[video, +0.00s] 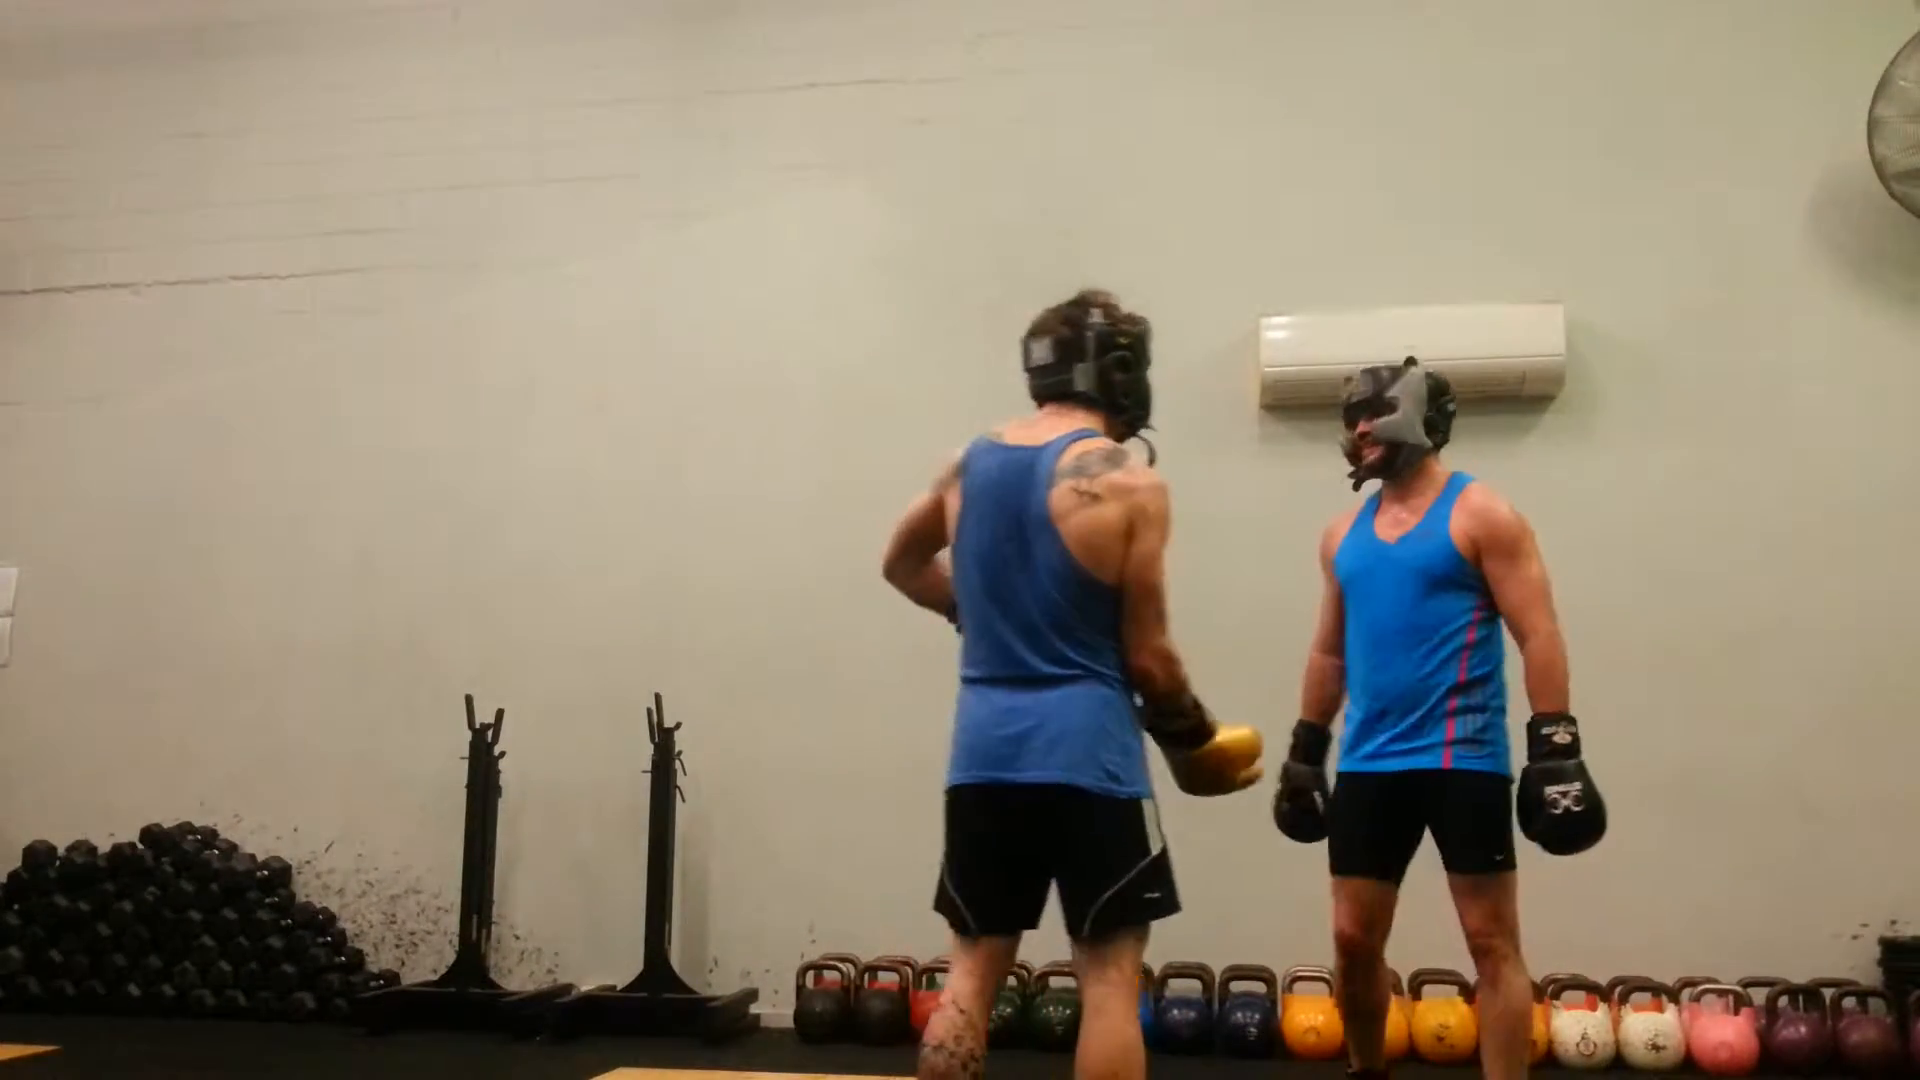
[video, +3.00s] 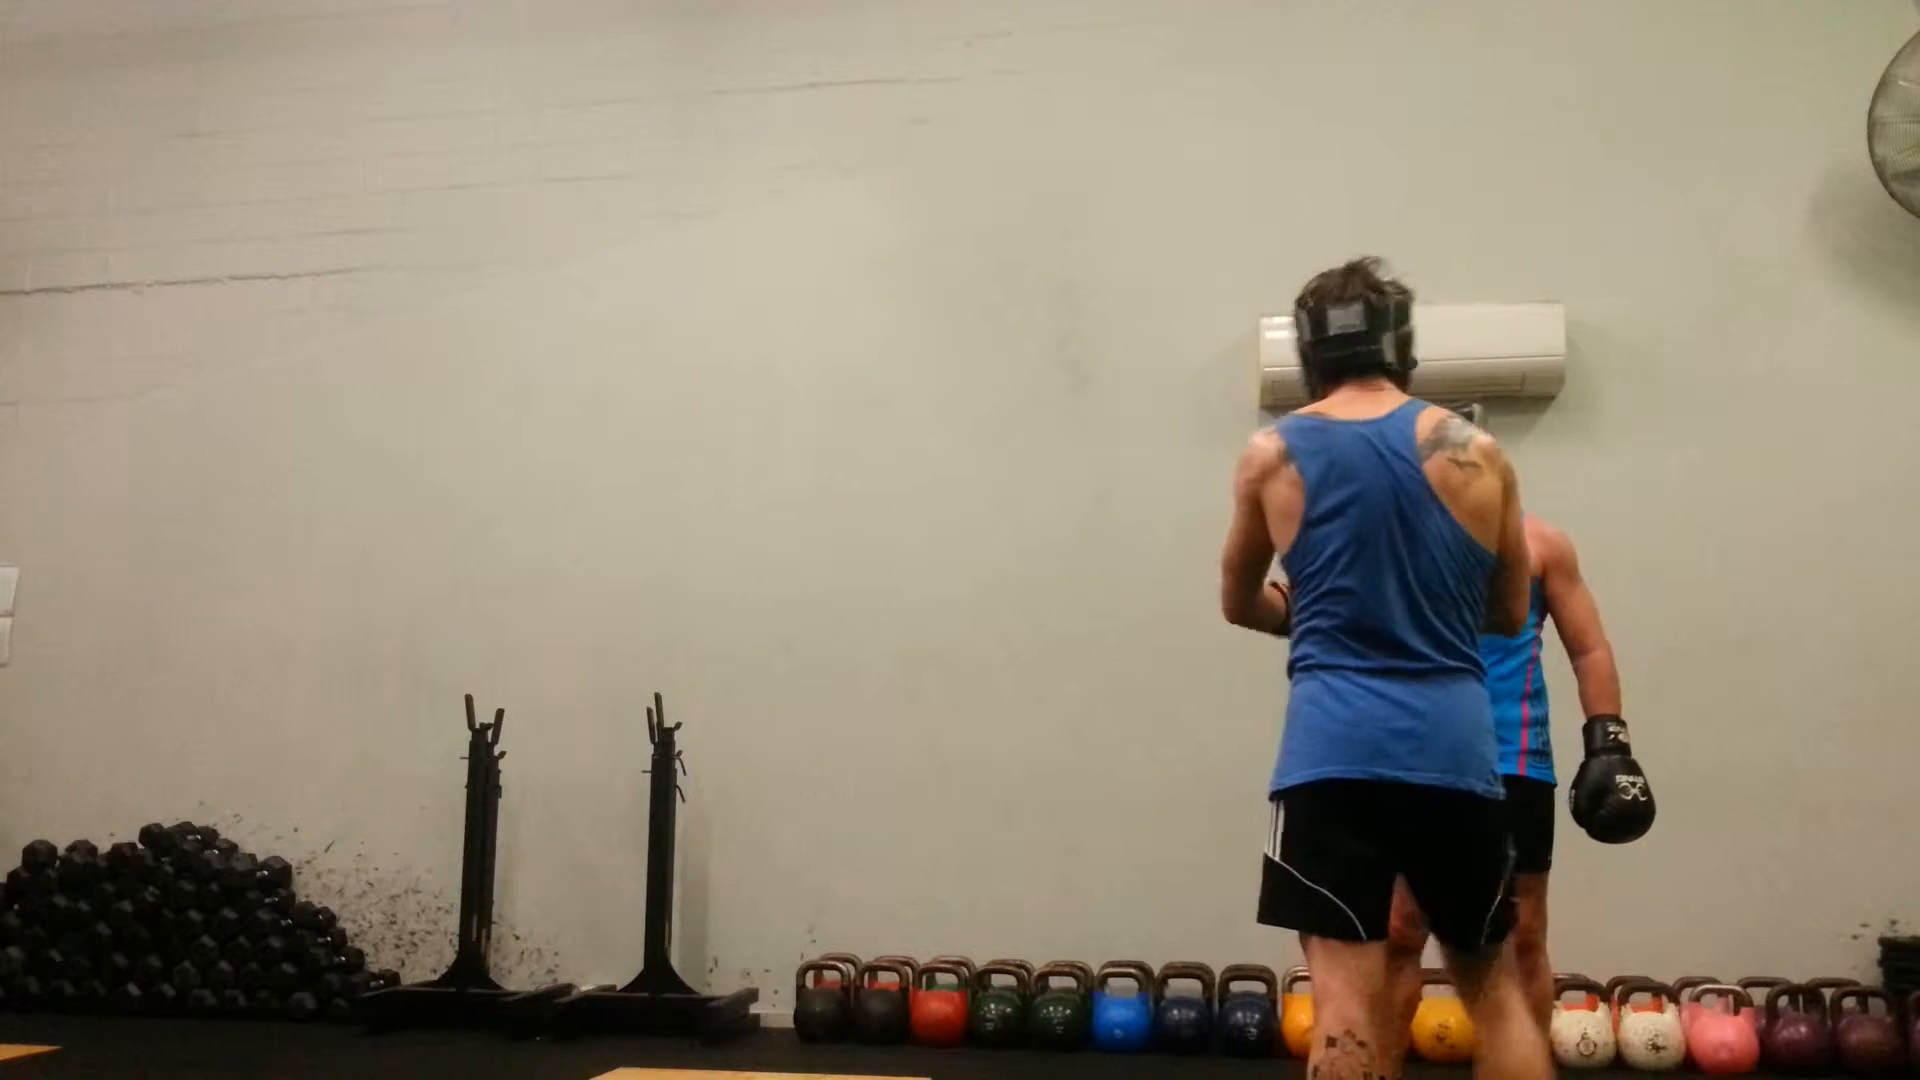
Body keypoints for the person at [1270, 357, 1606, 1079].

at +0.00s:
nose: (1357, 432)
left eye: (1373, 416)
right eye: (1353, 421)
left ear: (1419, 420)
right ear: (1352, 436)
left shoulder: (1482, 515)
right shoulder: (1344, 532)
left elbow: (1539, 634)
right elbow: (1329, 652)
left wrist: (1556, 753)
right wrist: (1304, 755)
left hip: (1465, 765)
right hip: (1370, 767)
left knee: (1490, 941)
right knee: (1353, 939)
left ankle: (1504, 1077)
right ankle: (1368, 1073)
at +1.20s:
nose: (1380, 466)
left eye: (1393, 449)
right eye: (1364, 457)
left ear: (1424, 452)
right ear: (1351, 472)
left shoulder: (1487, 537)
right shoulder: (1345, 559)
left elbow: (1543, 639)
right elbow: (1323, 671)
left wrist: (1564, 737)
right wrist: (1326, 651)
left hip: (1475, 765)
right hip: (1382, 769)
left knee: (1500, 932)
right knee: (1377, 931)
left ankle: (1519, 1074)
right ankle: (1375, 1075)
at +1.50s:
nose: (1418, 464)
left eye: (1432, 449)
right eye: (1403, 453)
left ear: (1463, 453)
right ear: (1389, 467)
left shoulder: (1519, 540)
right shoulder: (1386, 547)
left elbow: (1572, 645)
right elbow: (1339, 646)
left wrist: (1584, 742)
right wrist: (1366, 562)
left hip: (1503, 765)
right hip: (1411, 767)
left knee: (1517, 932)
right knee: (1394, 932)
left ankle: (1525, 1074)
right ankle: (1380, 1073)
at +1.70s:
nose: (1434, 474)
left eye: (1447, 460)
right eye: (1421, 462)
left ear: (1478, 463)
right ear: (1404, 469)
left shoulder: (1533, 545)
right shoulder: (1399, 548)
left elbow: (1583, 652)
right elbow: (1351, 624)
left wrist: (1600, 749)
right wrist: (1396, 510)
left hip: (1515, 766)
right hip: (1420, 767)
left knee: (1523, 934)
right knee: (1398, 940)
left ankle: (1527, 1073)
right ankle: (1382, 1075)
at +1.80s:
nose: (1441, 476)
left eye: (1452, 462)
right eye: (1429, 463)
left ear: (1479, 464)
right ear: (1412, 472)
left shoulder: (1539, 547)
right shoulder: (1404, 548)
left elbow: (1586, 655)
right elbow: (1359, 643)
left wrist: (1608, 754)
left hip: (1517, 768)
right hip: (1421, 767)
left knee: (1524, 933)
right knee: (1403, 935)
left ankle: (1526, 1073)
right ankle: (1382, 1070)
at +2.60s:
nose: (1443, 480)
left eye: (1454, 463)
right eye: (1430, 469)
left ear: (1478, 466)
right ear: (1414, 481)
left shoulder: (1538, 541)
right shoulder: (1397, 546)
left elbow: (1586, 646)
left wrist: (1601, 741)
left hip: (1508, 765)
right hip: (1413, 765)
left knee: (1519, 934)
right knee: (1391, 945)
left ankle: (1525, 1072)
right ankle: (1384, 1069)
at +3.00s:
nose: (1448, 470)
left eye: (1459, 450)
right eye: (1432, 450)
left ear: (1485, 465)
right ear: (1412, 472)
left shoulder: (1536, 542)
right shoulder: (1394, 550)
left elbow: (1588, 648)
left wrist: (1607, 743)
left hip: (1515, 766)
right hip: (1418, 765)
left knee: (1523, 937)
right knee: (1398, 934)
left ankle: (1531, 1066)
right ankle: (1380, 1068)